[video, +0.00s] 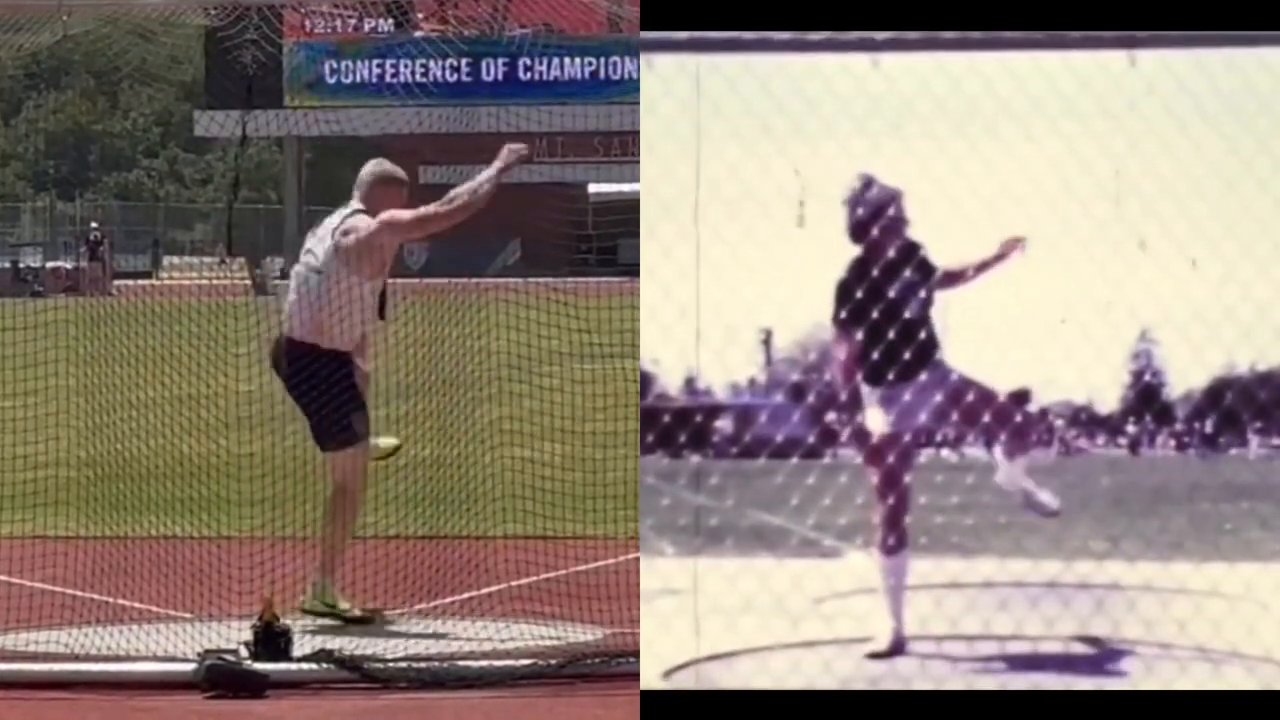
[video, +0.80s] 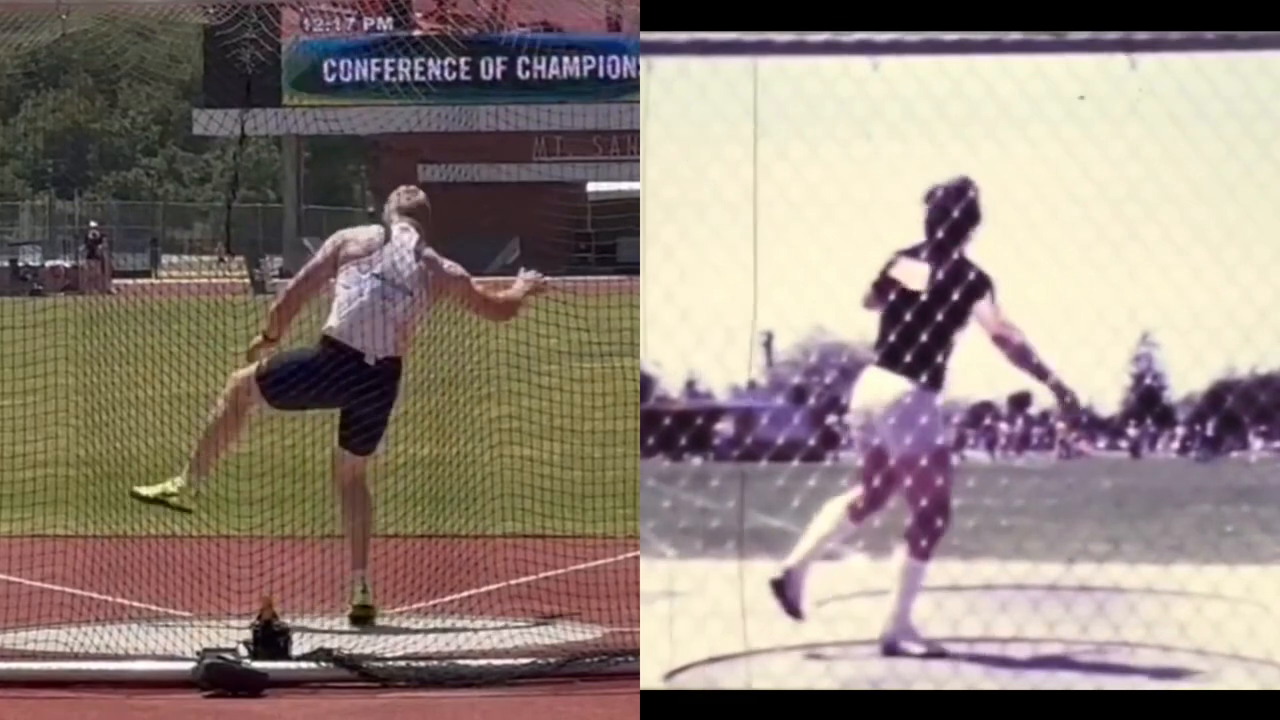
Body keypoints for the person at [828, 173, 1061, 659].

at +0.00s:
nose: (902, 223)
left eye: (901, 214)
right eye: (892, 217)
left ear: (900, 216)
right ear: (872, 227)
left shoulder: (910, 255)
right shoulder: (854, 285)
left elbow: (940, 282)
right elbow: (846, 357)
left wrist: (995, 260)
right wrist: (858, 418)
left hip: (935, 380)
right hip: (887, 400)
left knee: (1009, 421)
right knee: (893, 507)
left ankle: (1011, 475)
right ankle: (896, 626)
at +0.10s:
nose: (922, 228)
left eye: (920, 219)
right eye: (913, 221)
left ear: (912, 222)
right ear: (889, 227)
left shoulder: (915, 262)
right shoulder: (867, 276)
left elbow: (938, 281)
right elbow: (866, 353)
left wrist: (989, 261)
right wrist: (874, 420)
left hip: (932, 385)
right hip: (889, 398)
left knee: (1006, 435)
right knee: (897, 507)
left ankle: (975, 499)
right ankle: (897, 623)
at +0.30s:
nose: (938, 217)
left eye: (936, 208)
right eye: (931, 209)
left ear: (907, 214)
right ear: (912, 216)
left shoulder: (917, 261)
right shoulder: (888, 269)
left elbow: (933, 277)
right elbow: (888, 325)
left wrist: (972, 263)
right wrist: (900, 353)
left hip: (922, 382)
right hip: (885, 390)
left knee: (979, 444)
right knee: (903, 506)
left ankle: (922, 520)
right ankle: (897, 619)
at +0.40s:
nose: (950, 218)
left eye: (947, 209)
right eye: (948, 209)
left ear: (907, 209)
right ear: (939, 212)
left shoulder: (906, 251)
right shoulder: (914, 267)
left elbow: (925, 271)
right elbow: (917, 343)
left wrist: (965, 268)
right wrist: (946, 391)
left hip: (911, 384)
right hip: (890, 390)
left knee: (956, 465)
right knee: (911, 504)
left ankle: (877, 538)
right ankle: (897, 622)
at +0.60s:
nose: (967, 222)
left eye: (963, 212)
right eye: (964, 213)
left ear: (922, 212)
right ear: (957, 216)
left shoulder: (898, 259)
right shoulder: (948, 271)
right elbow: (966, 339)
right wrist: (1011, 391)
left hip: (875, 382)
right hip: (902, 392)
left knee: (897, 487)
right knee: (923, 507)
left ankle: (820, 564)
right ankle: (900, 624)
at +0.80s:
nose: (975, 225)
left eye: (966, 217)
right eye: (974, 219)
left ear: (929, 216)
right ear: (971, 223)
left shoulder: (900, 261)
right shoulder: (970, 279)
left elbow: (870, 301)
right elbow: (1003, 336)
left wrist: (912, 299)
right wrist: (1054, 383)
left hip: (869, 384)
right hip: (911, 396)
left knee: (871, 491)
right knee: (931, 514)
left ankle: (793, 567)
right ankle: (899, 626)